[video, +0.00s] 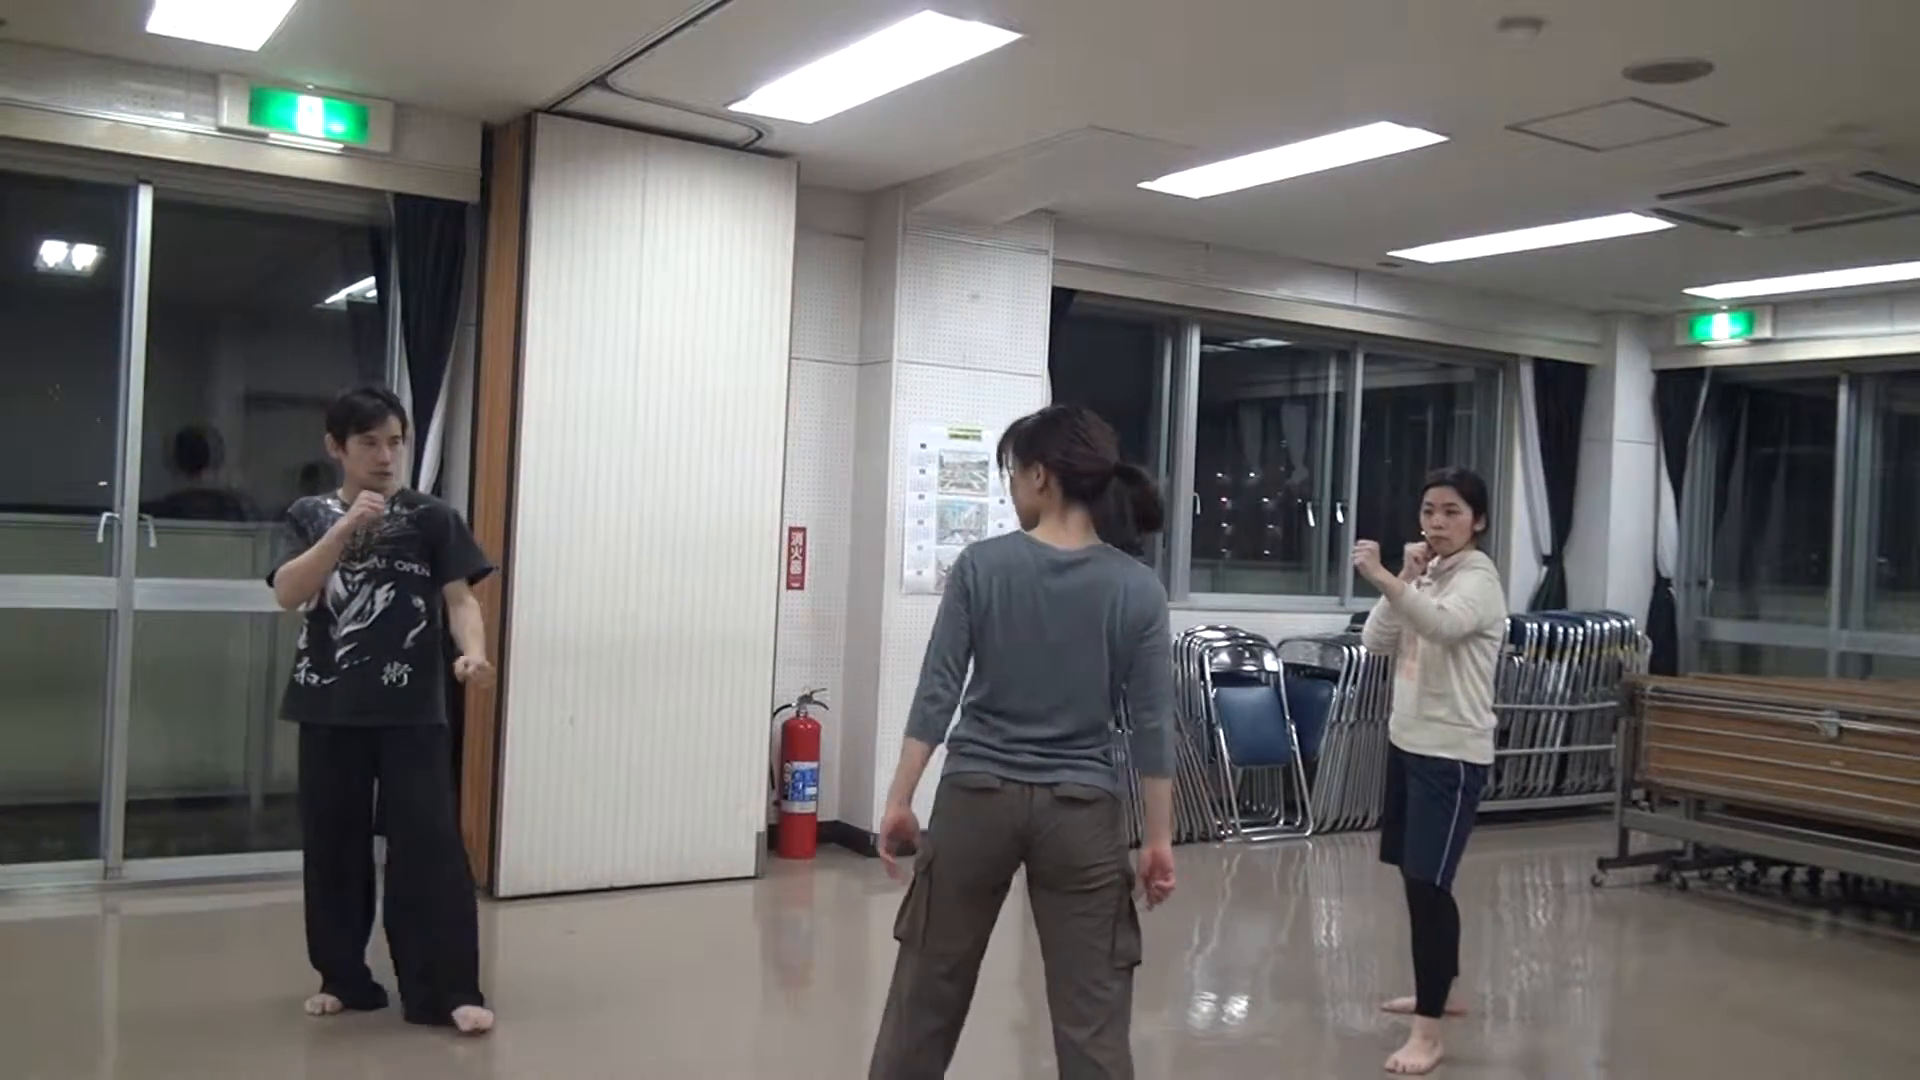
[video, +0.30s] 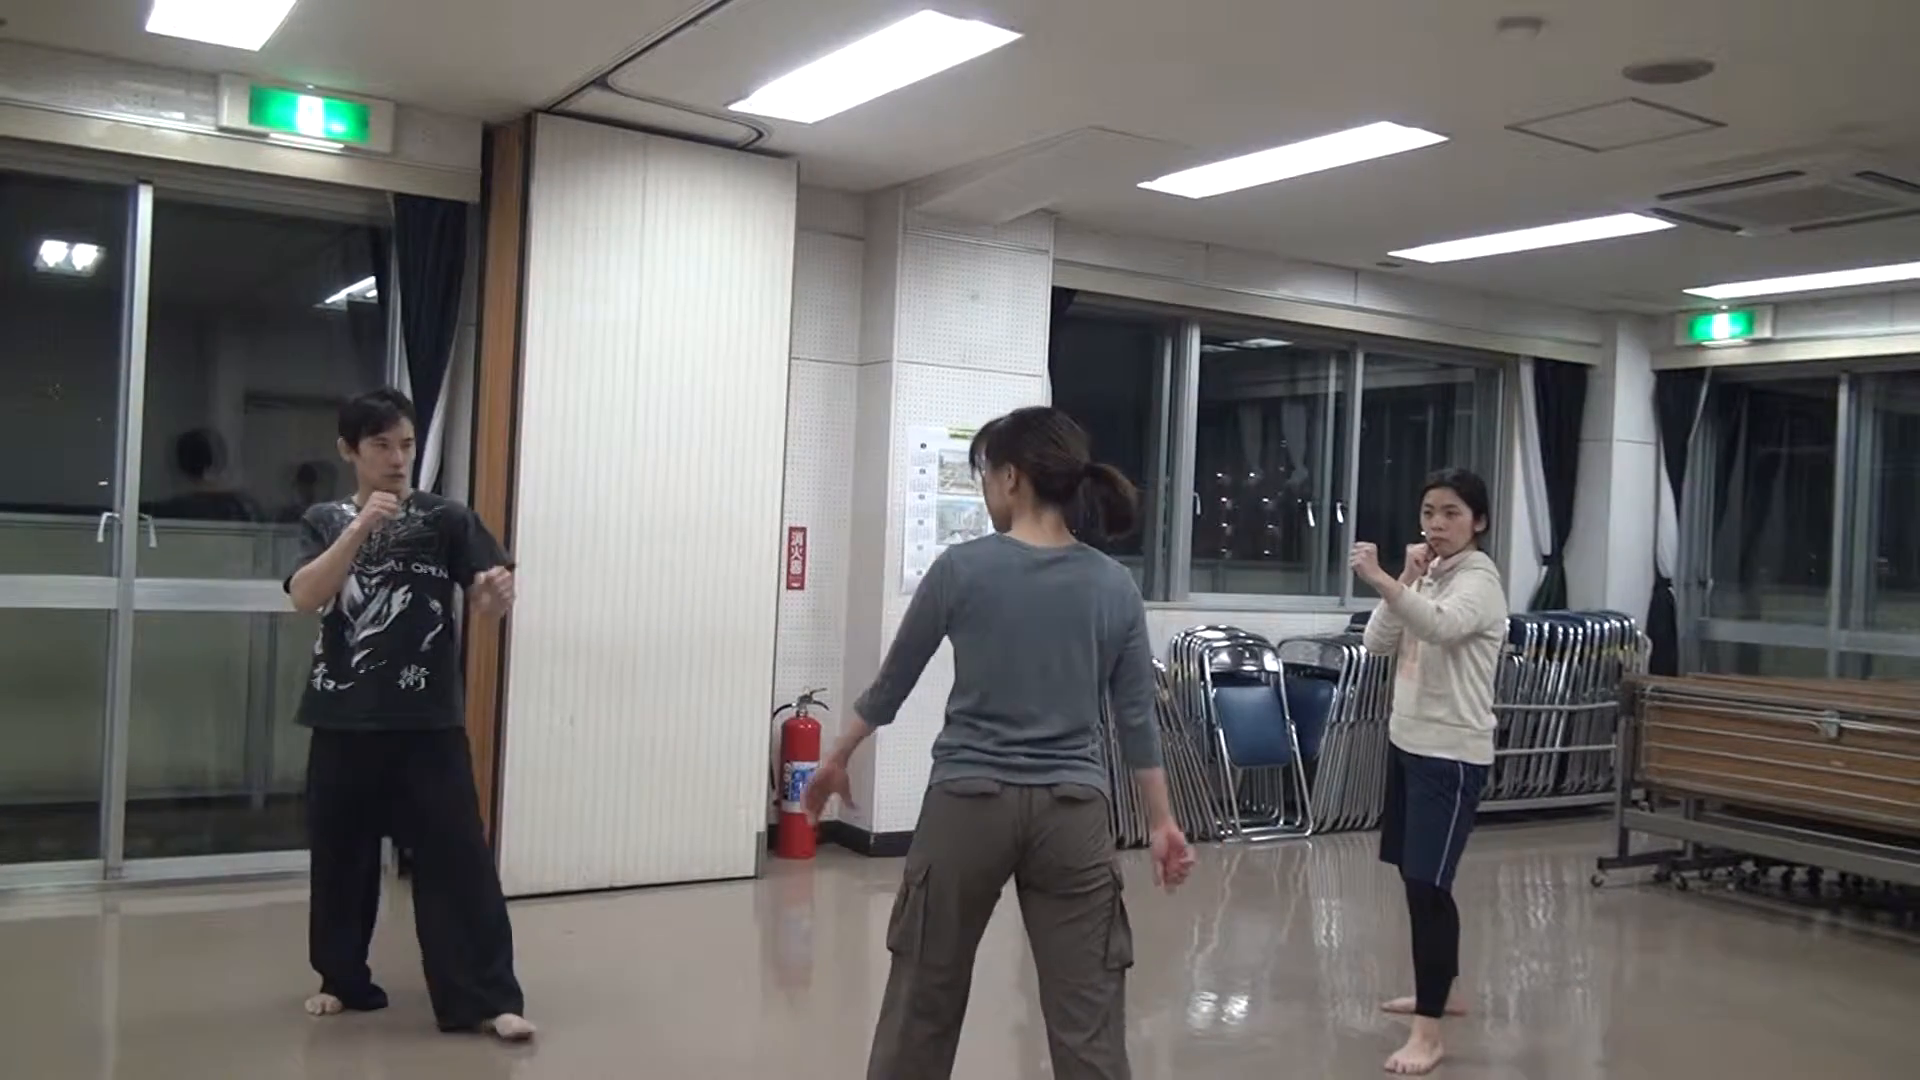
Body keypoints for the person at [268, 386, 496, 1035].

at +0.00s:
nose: (385, 453)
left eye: (394, 441)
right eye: (369, 442)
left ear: (405, 444)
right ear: (337, 447)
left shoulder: (431, 516)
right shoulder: (309, 516)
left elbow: (459, 598)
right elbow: (288, 592)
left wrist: (471, 647)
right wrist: (344, 530)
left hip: (414, 711)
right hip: (331, 711)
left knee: (430, 846)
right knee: (334, 846)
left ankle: (447, 992)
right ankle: (344, 982)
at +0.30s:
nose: (397, 456)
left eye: (406, 445)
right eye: (382, 445)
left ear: (417, 448)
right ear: (350, 450)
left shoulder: (448, 519)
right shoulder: (327, 522)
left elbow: (493, 586)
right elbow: (304, 595)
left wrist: (493, 594)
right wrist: (359, 529)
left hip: (428, 724)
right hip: (345, 724)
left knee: (460, 861)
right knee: (340, 859)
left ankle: (493, 1001)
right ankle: (340, 983)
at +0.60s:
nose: (412, 453)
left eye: (422, 441)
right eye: (397, 442)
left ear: (434, 442)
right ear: (364, 445)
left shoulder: (461, 515)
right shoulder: (342, 518)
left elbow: (515, 597)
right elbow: (320, 589)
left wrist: (502, 537)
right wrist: (373, 520)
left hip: (446, 720)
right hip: (363, 721)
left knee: (471, 860)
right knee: (353, 855)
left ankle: (495, 1004)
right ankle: (344, 984)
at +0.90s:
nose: (408, 454)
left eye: (417, 443)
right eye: (393, 443)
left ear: (429, 444)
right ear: (359, 447)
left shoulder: (452, 515)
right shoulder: (337, 516)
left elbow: (505, 595)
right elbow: (311, 589)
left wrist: (479, 523)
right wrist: (365, 520)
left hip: (437, 720)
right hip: (354, 719)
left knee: (465, 859)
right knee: (348, 854)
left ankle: (494, 1004)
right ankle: (343, 984)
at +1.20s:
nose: (405, 455)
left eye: (414, 443)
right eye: (390, 444)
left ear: (426, 445)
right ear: (356, 447)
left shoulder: (451, 516)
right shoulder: (334, 518)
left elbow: (504, 595)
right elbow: (309, 590)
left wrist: (475, 524)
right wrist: (363, 519)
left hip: (436, 720)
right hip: (352, 720)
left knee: (464, 860)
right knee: (346, 855)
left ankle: (494, 1004)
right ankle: (341, 983)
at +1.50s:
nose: (418, 458)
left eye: (428, 447)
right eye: (402, 445)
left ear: (439, 449)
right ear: (368, 449)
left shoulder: (462, 519)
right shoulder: (345, 518)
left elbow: (520, 601)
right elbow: (323, 593)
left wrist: (495, 533)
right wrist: (377, 521)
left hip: (450, 721)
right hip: (368, 720)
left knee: (473, 859)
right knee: (356, 853)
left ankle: (493, 1005)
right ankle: (346, 981)